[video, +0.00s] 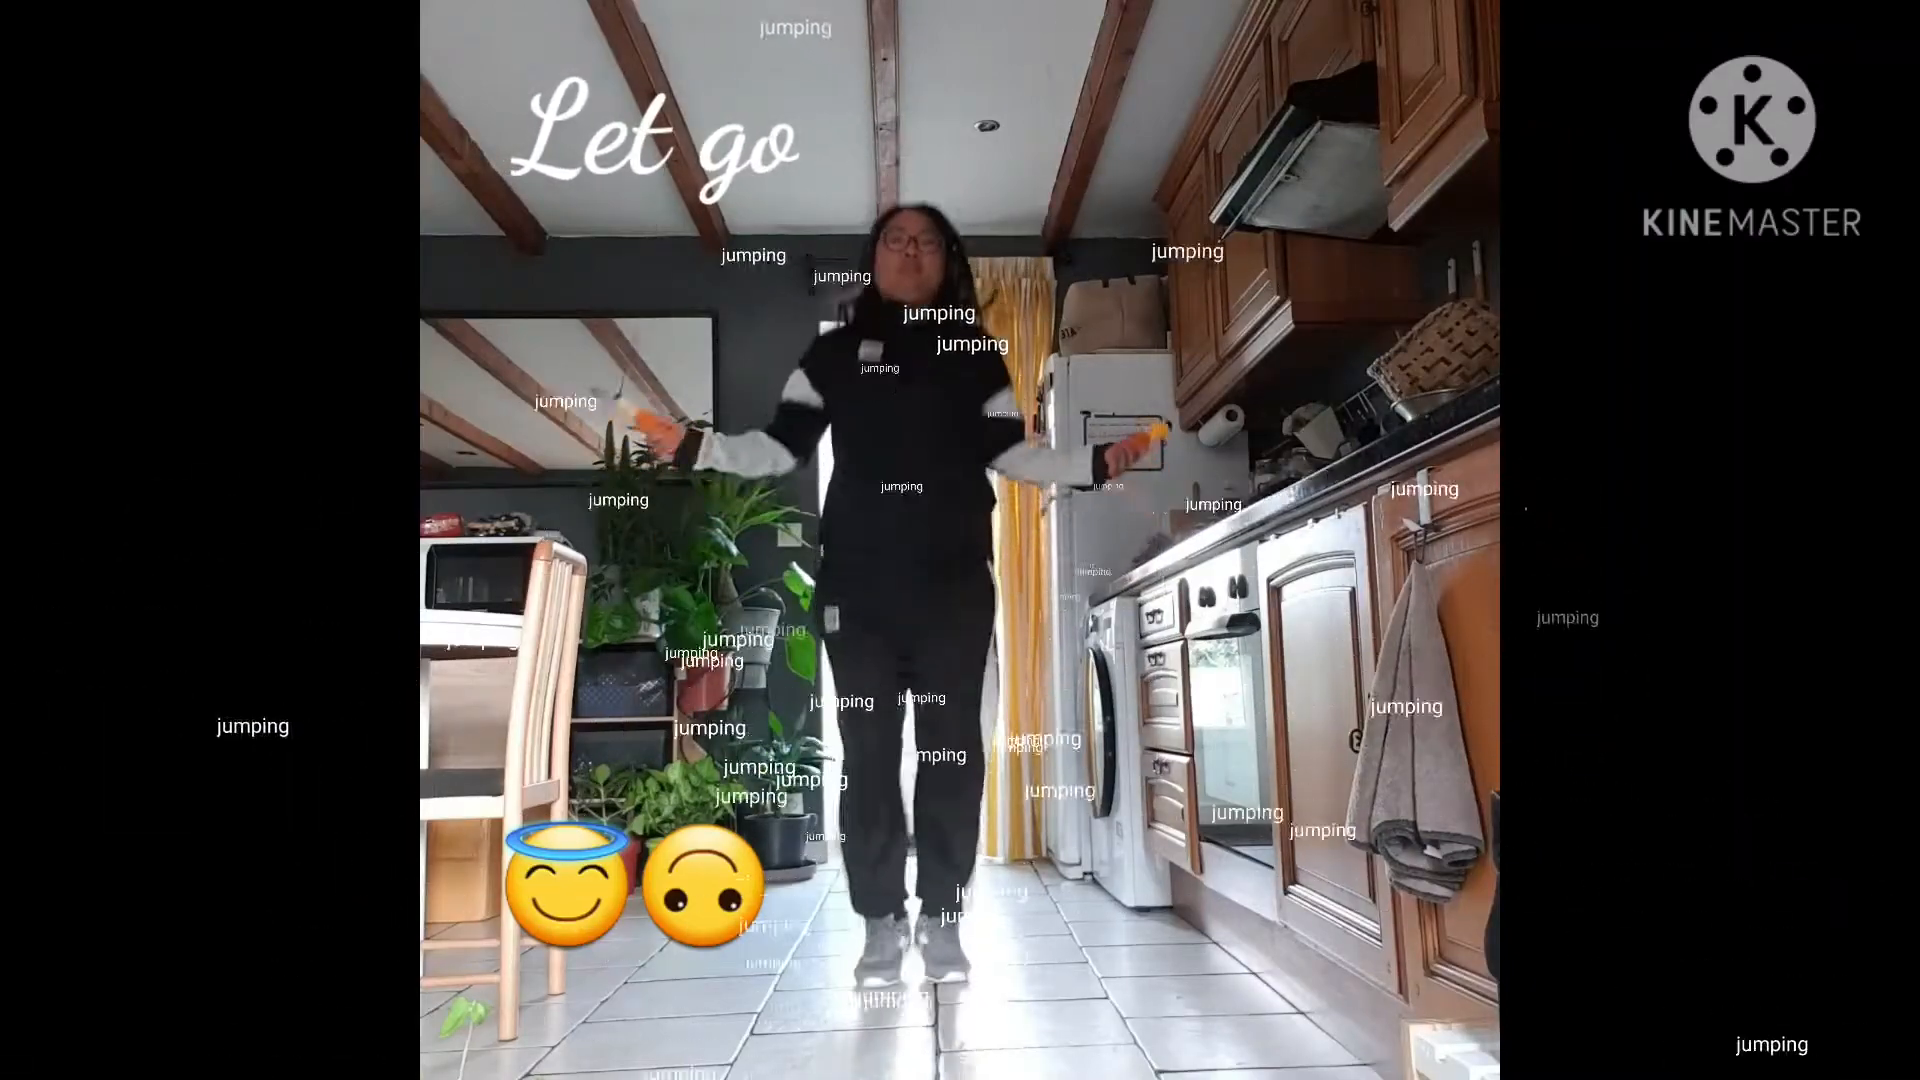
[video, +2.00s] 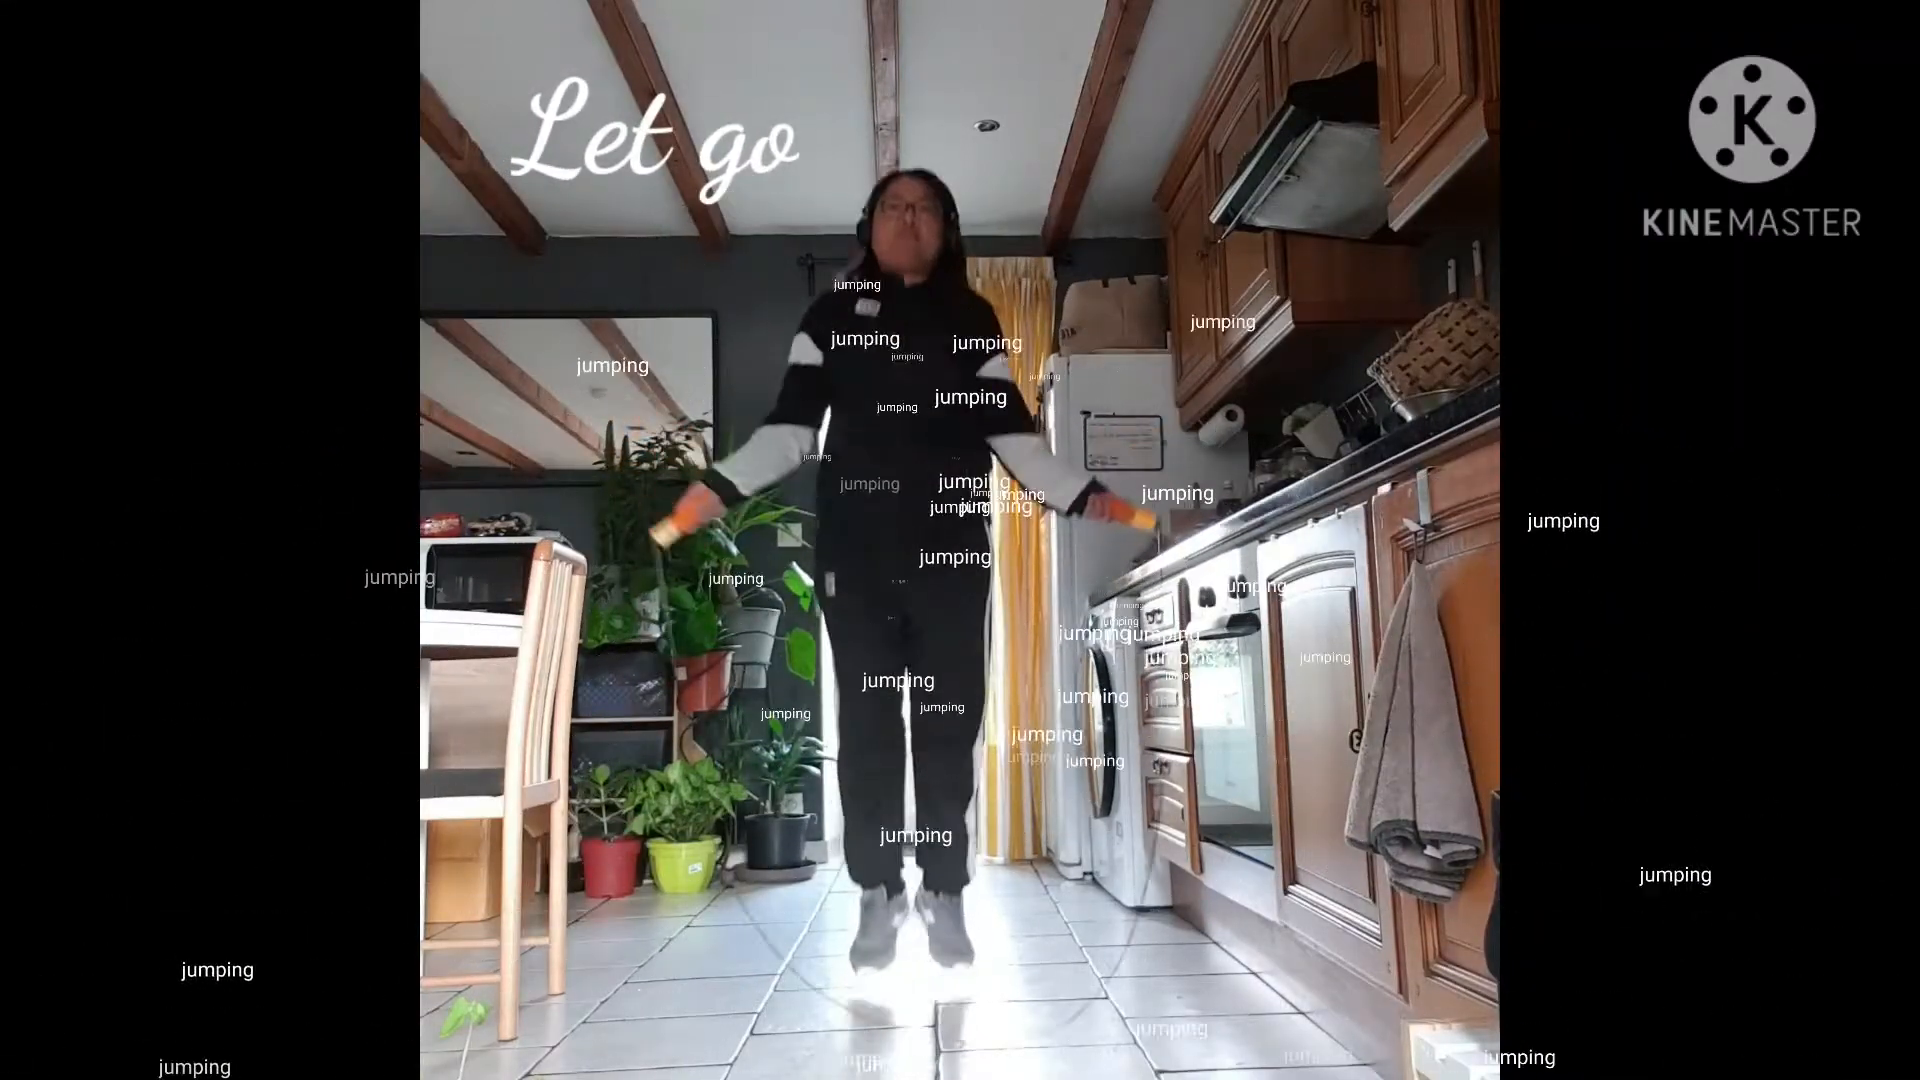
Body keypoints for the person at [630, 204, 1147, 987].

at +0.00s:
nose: (908, 249)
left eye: (925, 240)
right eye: (894, 240)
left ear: (950, 266)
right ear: (870, 263)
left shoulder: (973, 350)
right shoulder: (835, 350)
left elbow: (1009, 454)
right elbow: (780, 447)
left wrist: (1099, 463)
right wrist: (694, 444)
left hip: (954, 575)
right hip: (861, 573)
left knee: (952, 748)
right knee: (869, 753)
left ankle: (942, 915)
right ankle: (880, 923)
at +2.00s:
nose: (909, 220)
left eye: (925, 208)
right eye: (893, 208)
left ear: (948, 232)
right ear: (869, 231)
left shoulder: (971, 319)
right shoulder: (834, 316)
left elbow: (1011, 432)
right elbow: (792, 428)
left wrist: (1079, 494)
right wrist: (718, 488)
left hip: (951, 554)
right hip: (857, 554)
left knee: (949, 725)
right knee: (868, 725)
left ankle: (945, 891)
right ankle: (877, 893)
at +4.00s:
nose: (907, 268)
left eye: (922, 258)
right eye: (893, 257)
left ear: (946, 281)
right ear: (868, 279)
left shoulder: (970, 370)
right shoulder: (833, 367)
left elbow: (1005, 469)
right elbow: (777, 465)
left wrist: (1084, 467)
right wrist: (706, 447)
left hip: (953, 597)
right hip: (857, 595)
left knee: (950, 766)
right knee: (868, 767)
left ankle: (942, 927)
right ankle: (883, 929)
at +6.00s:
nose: (902, 211)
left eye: (918, 201)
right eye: (888, 200)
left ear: (943, 225)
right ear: (864, 222)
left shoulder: (965, 311)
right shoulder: (828, 308)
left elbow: (1004, 425)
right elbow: (786, 422)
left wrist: (1074, 487)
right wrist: (705, 481)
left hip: (947, 540)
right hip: (850, 538)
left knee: (949, 713)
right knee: (863, 714)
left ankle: (943, 885)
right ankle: (875, 887)